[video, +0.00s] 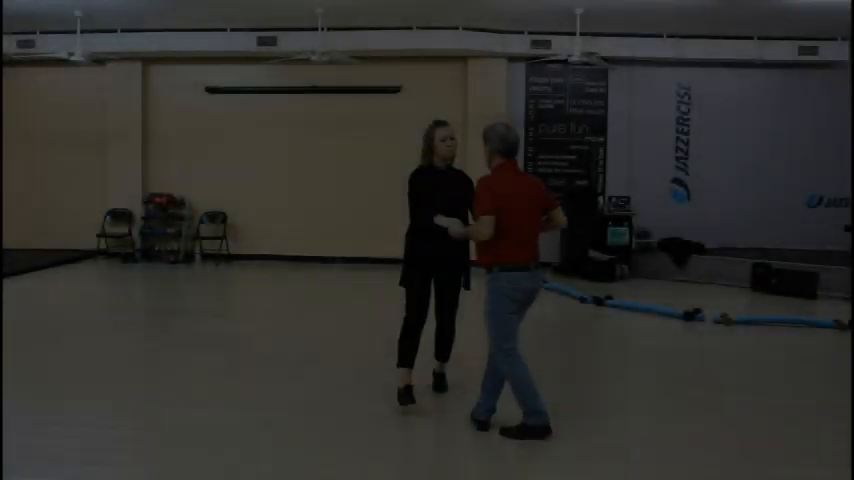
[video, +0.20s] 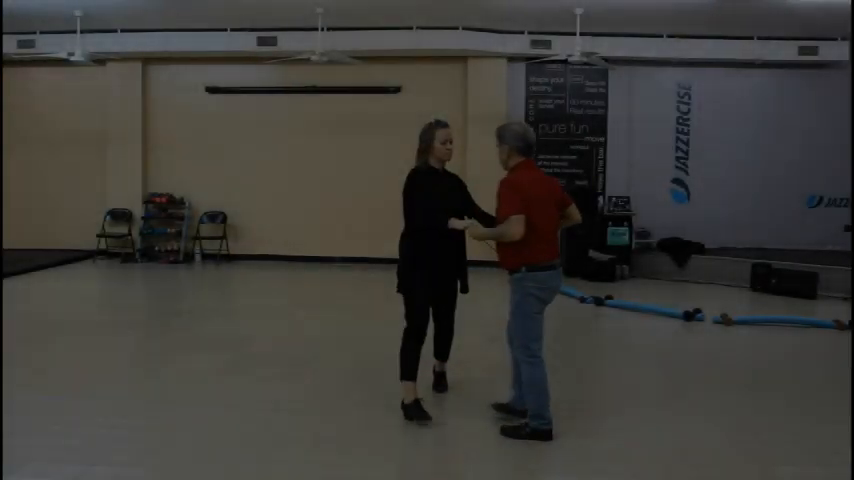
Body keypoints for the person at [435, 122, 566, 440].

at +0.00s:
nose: (483, 152)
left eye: (484, 148)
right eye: (485, 147)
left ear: (489, 151)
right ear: (515, 150)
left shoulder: (487, 184)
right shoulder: (532, 183)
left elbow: (484, 231)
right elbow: (558, 220)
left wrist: (458, 228)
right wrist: (527, 227)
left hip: (503, 277)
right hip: (530, 275)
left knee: (506, 350)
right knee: (499, 347)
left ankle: (536, 419)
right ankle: (483, 412)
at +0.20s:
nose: (497, 153)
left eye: (499, 147)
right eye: (497, 147)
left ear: (508, 149)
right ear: (527, 149)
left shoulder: (512, 182)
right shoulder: (544, 178)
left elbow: (514, 230)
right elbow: (573, 216)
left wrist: (482, 232)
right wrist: (538, 225)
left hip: (529, 277)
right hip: (547, 273)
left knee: (528, 348)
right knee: (518, 337)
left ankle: (539, 422)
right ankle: (522, 402)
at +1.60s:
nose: (507, 151)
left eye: (511, 145)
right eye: (508, 144)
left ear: (530, 148)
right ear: (529, 148)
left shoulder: (547, 182)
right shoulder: (533, 179)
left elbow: (526, 235)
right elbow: (518, 217)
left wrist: (480, 225)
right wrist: (487, 212)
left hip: (549, 280)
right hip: (537, 278)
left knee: (540, 353)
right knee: (532, 343)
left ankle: (550, 428)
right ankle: (558, 399)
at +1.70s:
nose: (506, 149)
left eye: (510, 143)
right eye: (507, 142)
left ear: (528, 147)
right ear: (530, 147)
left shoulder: (540, 181)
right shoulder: (538, 176)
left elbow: (524, 235)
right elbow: (522, 213)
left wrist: (478, 222)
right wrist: (491, 208)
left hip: (547, 279)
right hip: (545, 276)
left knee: (540, 355)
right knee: (536, 350)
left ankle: (551, 428)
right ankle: (546, 409)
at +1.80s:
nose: (506, 149)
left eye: (510, 143)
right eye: (507, 142)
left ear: (528, 147)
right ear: (531, 147)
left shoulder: (538, 181)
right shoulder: (542, 176)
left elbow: (523, 233)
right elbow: (535, 220)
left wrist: (478, 221)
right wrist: (509, 204)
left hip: (546, 280)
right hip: (546, 276)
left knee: (541, 356)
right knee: (538, 353)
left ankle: (551, 428)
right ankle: (540, 413)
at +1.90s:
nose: (508, 147)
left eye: (512, 142)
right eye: (510, 141)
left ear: (529, 147)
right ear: (533, 147)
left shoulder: (540, 181)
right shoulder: (541, 177)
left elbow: (528, 233)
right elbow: (535, 226)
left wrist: (483, 218)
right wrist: (510, 216)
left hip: (543, 279)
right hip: (542, 276)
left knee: (540, 355)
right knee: (537, 352)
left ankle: (550, 427)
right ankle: (540, 413)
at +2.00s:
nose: (510, 147)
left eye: (514, 141)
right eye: (511, 141)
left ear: (531, 146)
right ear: (534, 147)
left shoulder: (542, 181)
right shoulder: (536, 177)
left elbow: (532, 232)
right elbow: (522, 219)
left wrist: (490, 214)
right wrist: (498, 211)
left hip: (543, 278)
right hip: (538, 275)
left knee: (540, 355)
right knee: (537, 352)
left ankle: (551, 427)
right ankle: (539, 413)